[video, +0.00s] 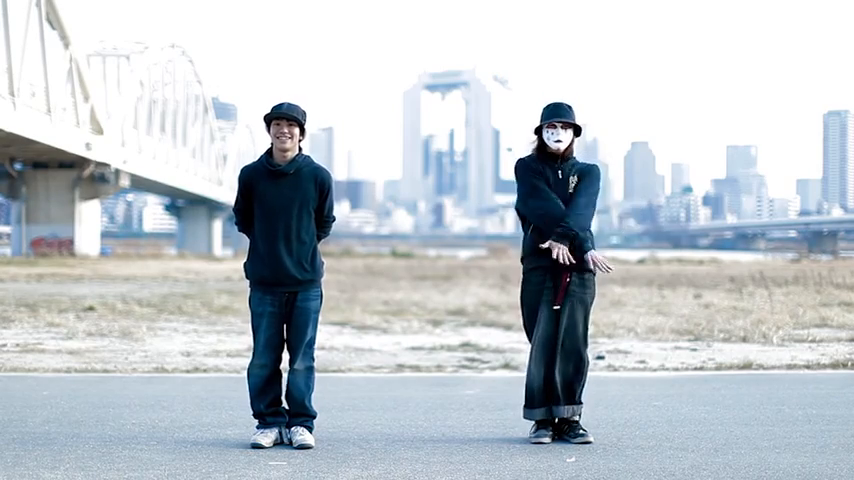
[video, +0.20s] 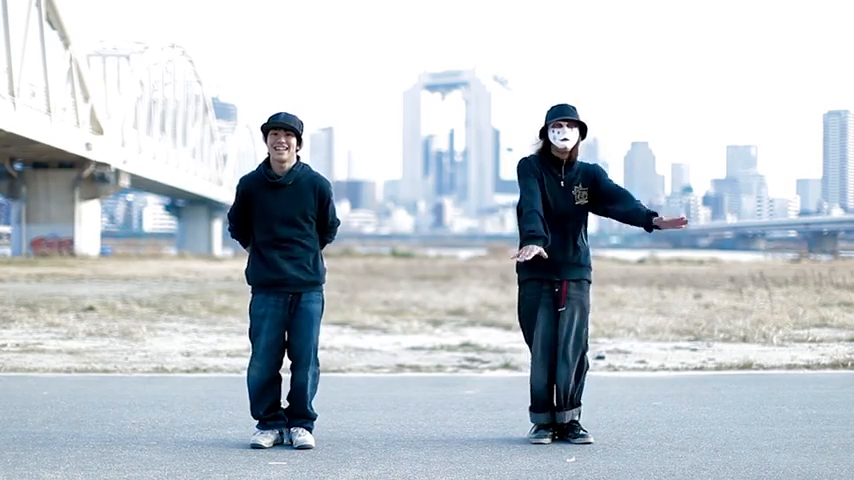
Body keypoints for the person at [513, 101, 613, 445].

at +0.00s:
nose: (557, 133)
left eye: (564, 128)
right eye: (551, 127)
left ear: (574, 133)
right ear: (541, 131)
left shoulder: (588, 170)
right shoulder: (526, 166)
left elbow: (582, 208)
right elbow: (542, 205)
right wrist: (582, 244)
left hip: (576, 263)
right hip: (538, 265)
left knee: (573, 339)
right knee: (541, 339)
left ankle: (569, 419)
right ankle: (543, 420)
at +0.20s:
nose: (563, 133)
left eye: (569, 128)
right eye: (557, 127)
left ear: (579, 134)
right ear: (546, 132)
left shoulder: (587, 173)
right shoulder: (530, 167)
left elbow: (616, 200)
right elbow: (529, 204)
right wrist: (534, 240)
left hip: (575, 268)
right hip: (536, 267)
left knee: (573, 343)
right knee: (541, 343)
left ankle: (569, 421)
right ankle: (543, 422)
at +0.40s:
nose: (580, 109)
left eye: (586, 104)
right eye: (572, 106)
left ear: (596, 112)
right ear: (563, 115)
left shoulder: (600, 161)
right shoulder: (548, 151)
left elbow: (602, 214)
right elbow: (523, 201)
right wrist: (504, 251)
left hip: (570, 260)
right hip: (533, 259)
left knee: (569, 332)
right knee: (532, 332)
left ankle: (575, 412)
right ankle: (539, 415)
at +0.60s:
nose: (582, 119)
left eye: (587, 113)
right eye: (574, 116)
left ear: (600, 121)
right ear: (567, 127)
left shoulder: (608, 168)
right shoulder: (554, 161)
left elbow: (606, 220)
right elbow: (528, 211)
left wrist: (605, 264)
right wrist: (500, 255)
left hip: (570, 267)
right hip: (534, 266)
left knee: (568, 339)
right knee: (531, 339)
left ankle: (571, 415)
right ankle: (538, 418)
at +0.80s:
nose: (572, 115)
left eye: (579, 109)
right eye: (566, 108)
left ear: (589, 116)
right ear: (556, 113)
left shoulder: (598, 157)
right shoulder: (536, 148)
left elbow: (617, 208)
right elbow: (520, 203)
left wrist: (636, 251)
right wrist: (508, 253)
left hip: (582, 260)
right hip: (540, 259)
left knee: (576, 337)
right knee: (533, 334)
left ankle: (574, 416)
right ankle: (544, 416)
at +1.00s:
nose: (559, 146)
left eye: (566, 141)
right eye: (553, 141)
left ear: (576, 148)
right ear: (543, 147)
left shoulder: (593, 188)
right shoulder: (527, 192)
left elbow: (610, 236)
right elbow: (518, 245)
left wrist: (621, 277)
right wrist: (510, 293)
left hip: (580, 288)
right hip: (539, 289)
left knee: (572, 354)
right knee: (534, 354)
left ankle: (571, 420)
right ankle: (544, 424)